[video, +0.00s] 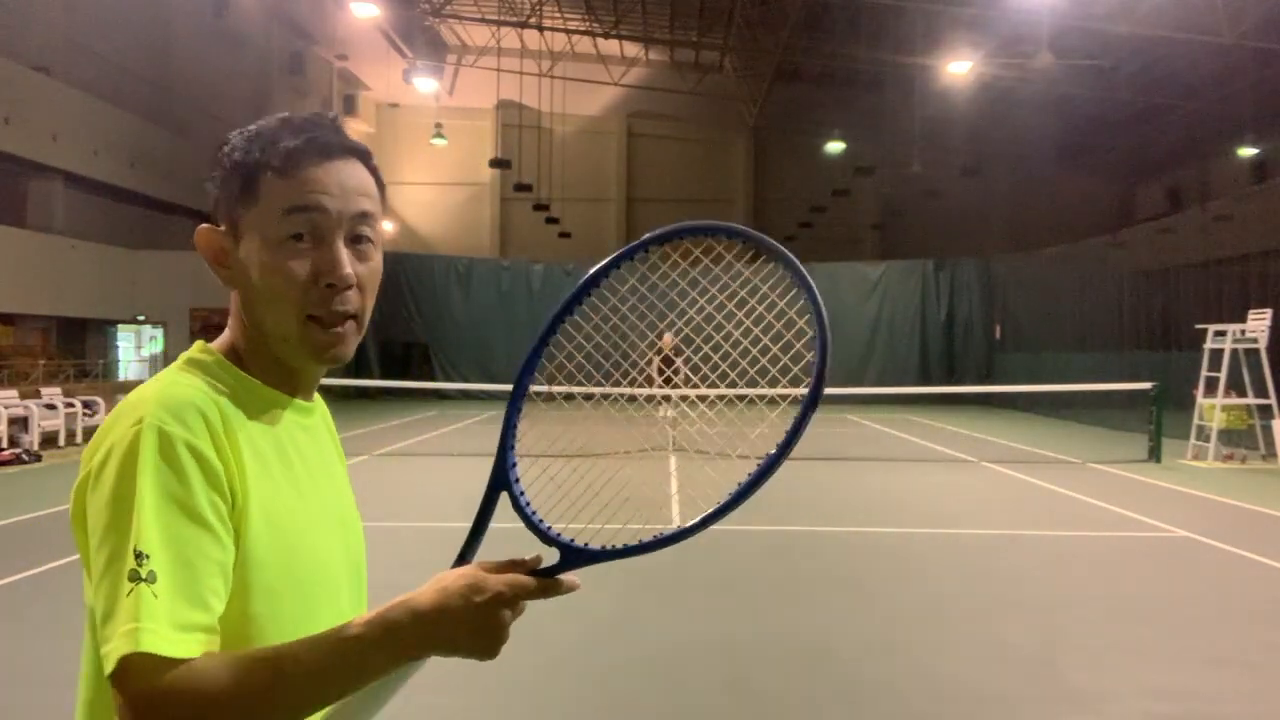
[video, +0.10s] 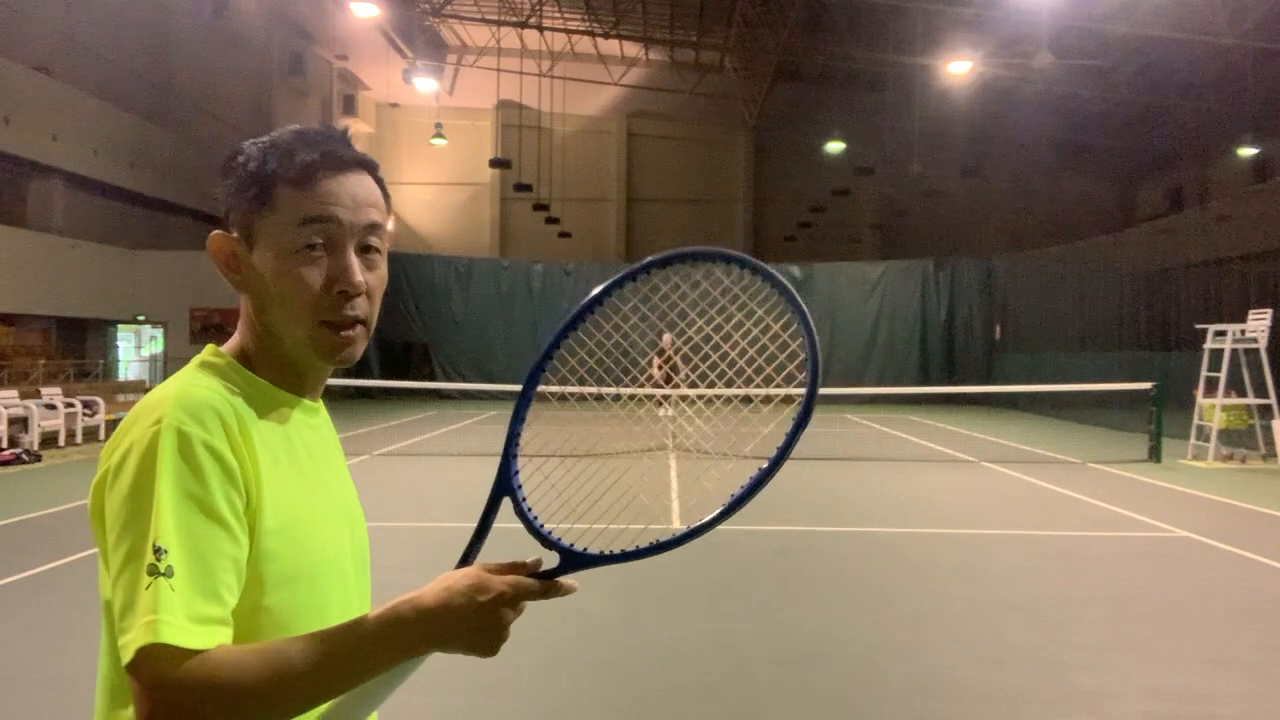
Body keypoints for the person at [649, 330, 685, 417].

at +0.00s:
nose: (667, 343)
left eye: (669, 341)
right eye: (665, 341)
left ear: (672, 341)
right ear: (662, 341)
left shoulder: (675, 352)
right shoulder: (659, 352)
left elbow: (680, 364)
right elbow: (654, 367)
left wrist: (681, 374)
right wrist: (656, 378)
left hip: (672, 375)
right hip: (661, 375)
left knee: (671, 392)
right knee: (661, 391)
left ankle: (670, 408)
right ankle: (661, 407)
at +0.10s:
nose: (668, 342)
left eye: (670, 339)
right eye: (666, 339)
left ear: (672, 340)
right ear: (662, 341)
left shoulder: (674, 352)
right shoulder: (659, 352)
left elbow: (679, 363)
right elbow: (655, 366)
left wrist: (683, 371)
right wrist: (657, 375)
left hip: (672, 371)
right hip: (661, 372)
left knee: (670, 389)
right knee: (661, 389)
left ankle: (669, 406)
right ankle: (661, 406)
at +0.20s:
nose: (666, 345)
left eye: (668, 342)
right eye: (664, 342)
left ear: (671, 343)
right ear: (660, 344)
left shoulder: (674, 357)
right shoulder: (657, 357)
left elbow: (680, 368)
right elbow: (655, 370)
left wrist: (680, 376)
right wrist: (662, 378)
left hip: (672, 378)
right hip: (662, 378)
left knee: (670, 390)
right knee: (661, 390)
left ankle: (671, 407)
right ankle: (662, 408)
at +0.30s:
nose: (665, 341)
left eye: (667, 339)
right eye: (663, 339)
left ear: (670, 340)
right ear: (661, 341)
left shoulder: (674, 352)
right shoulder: (658, 353)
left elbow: (677, 363)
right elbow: (654, 365)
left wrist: (679, 372)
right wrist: (656, 375)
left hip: (672, 374)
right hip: (662, 375)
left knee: (670, 391)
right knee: (661, 391)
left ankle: (670, 408)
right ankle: (661, 408)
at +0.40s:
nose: (666, 341)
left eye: (668, 339)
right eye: (664, 339)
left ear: (670, 340)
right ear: (662, 340)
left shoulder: (674, 351)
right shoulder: (659, 351)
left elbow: (677, 362)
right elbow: (654, 364)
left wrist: (679, 372)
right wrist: (654, 376)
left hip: (671, 375)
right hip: (661, 375)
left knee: (670, 391)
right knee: (662, 391)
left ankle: (669, 407)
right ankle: (662, 408)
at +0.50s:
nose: (667, 342)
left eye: (668, 339)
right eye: (665, 339)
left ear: (671, 340)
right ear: (662, 341)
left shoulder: (675, 352)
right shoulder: (659, 352)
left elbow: (678, 362)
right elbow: (654, 364)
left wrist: (679, 372)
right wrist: (653, 375)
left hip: (671, 374)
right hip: (661, 374)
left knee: (671, 390)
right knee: (661, 390)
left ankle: (669, 405)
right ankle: (662, 407)